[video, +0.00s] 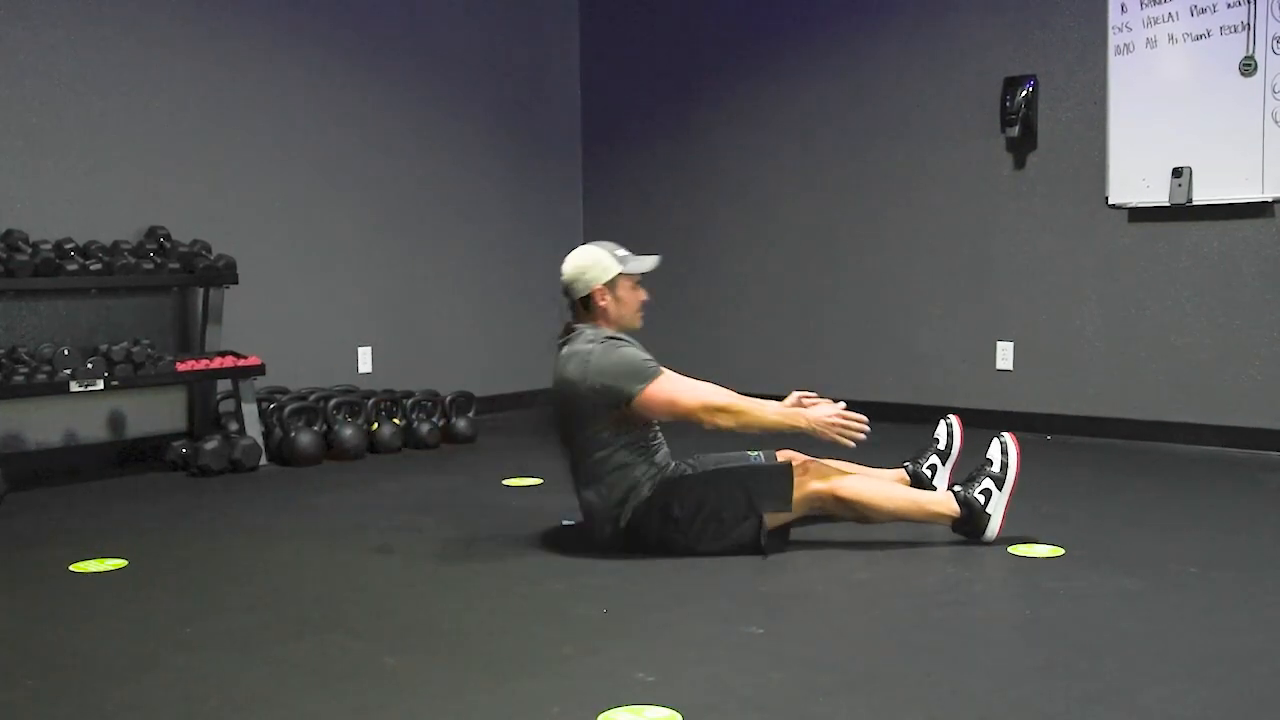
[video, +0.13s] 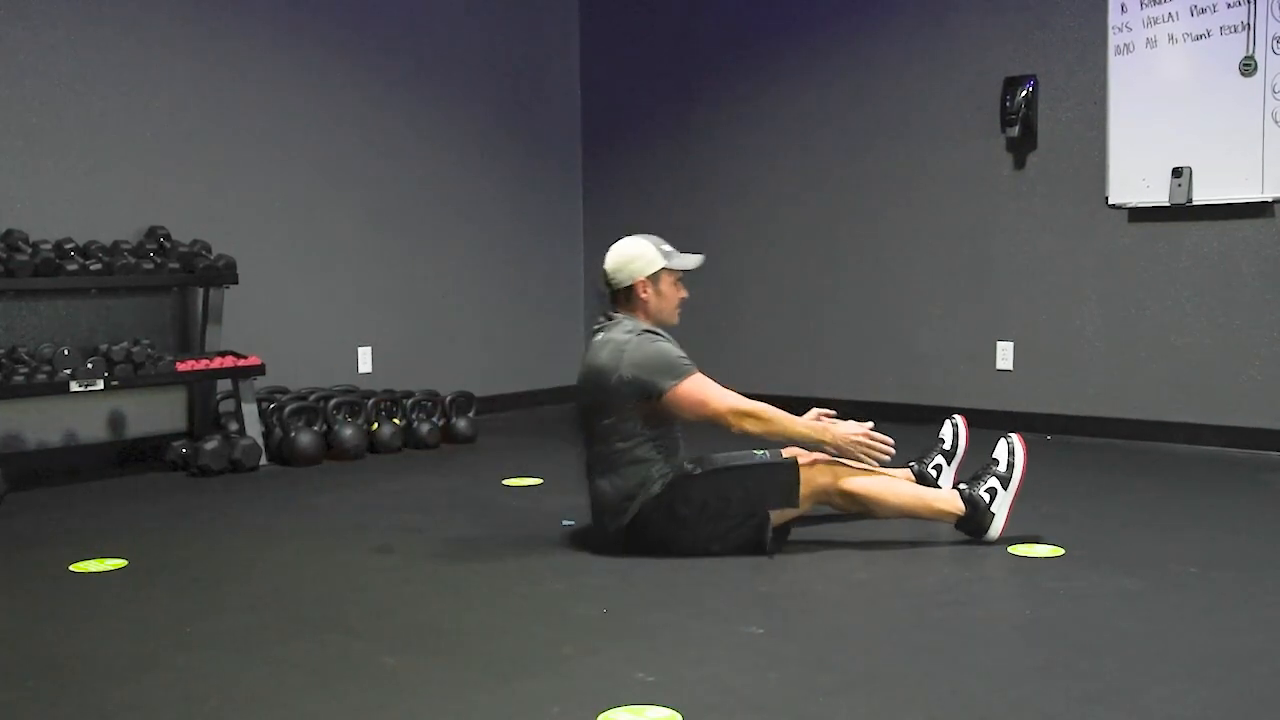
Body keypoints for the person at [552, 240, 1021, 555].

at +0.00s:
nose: (643, 294)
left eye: (638, 284)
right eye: (632, 286)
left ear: (599, 298)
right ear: (600, 299)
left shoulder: (597, 350)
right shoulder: (599, 359)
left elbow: (700, 397)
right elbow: (703, 411)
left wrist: (779, 409)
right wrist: (799, 421)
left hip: (646, 493)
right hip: (640, 510)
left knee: (798, 460)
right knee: (813, 484)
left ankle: (916, 477)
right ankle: (968, 510)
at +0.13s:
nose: (682, 289)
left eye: (679, 279)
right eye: (673, 280)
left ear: (637, 290)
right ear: (644, 288)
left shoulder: (618, 342)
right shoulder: (638, 349)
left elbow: (720, 409)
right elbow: (732, 414)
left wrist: (797, 423)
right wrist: (834, 436)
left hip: (643, 499)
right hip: (651, 510)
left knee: (806, 458)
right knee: (827, 478)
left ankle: (924, 481)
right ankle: (973, 509)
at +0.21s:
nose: (701, 290)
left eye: (699, 280)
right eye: (693, 280)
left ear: (654, 288)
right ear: (663, 287)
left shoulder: (634, 338)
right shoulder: (654, 348)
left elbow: (735, 412)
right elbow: (745, 417)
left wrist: (807, 428)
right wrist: (839, 447)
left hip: (651, 495)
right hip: (655, 508)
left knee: (820, 457)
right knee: (833, 480)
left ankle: (929, 484)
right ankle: (976, 510)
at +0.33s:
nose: (701, 292)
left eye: (698, 282)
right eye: (692, 282)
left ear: (654, 290)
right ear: (663, 288)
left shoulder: (630, 340)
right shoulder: (654, 350)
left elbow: (730, 413)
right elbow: (747, 420)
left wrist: (802, 426)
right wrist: (843, 442)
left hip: (654, 498)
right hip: (662, 510)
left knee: (823, 457)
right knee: (836, 478)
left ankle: (929, 480)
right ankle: (982, 509)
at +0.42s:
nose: (679, 291)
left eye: (675, 282)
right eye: (670, 283)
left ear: (637, 292)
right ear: (640, 292)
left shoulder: (621, 345)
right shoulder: (633, 354)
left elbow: (719, 404)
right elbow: (733, 418)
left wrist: (800, 417)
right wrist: (833, 430)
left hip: (660, 496)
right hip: (662, 508)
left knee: (811, 458)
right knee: (830, 477)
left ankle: (926, 476)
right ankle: (982, 507)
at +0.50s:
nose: (644, 295)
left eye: (639, 285)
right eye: (633, 287)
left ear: (602, 300)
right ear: (604, 300)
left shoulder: (603, 351)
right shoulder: (604, 362)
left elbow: (698, 396)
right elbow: (712, 414)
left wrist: (776, 397)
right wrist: (811, 411)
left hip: (662, 488)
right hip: (655, 507)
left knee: (807, 456)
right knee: (825, 482)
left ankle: (926, 477)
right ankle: (980, 510)